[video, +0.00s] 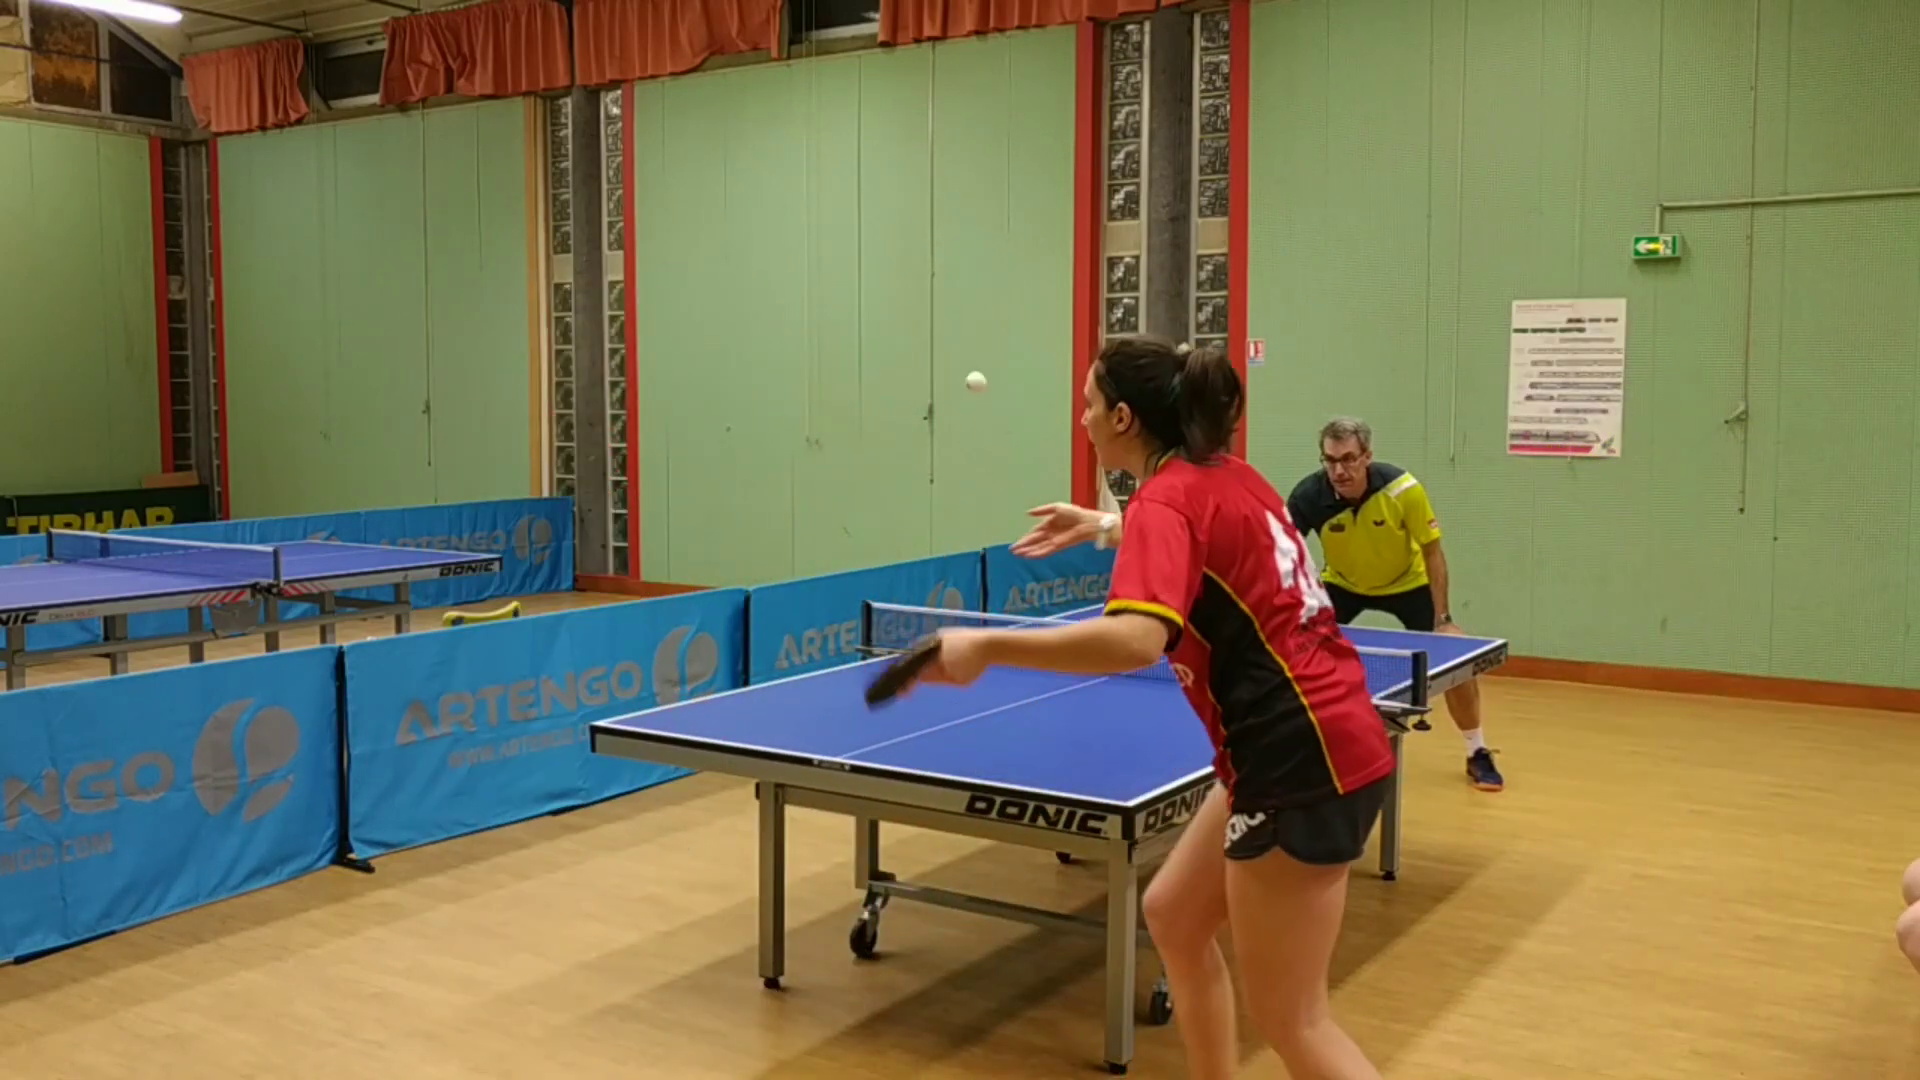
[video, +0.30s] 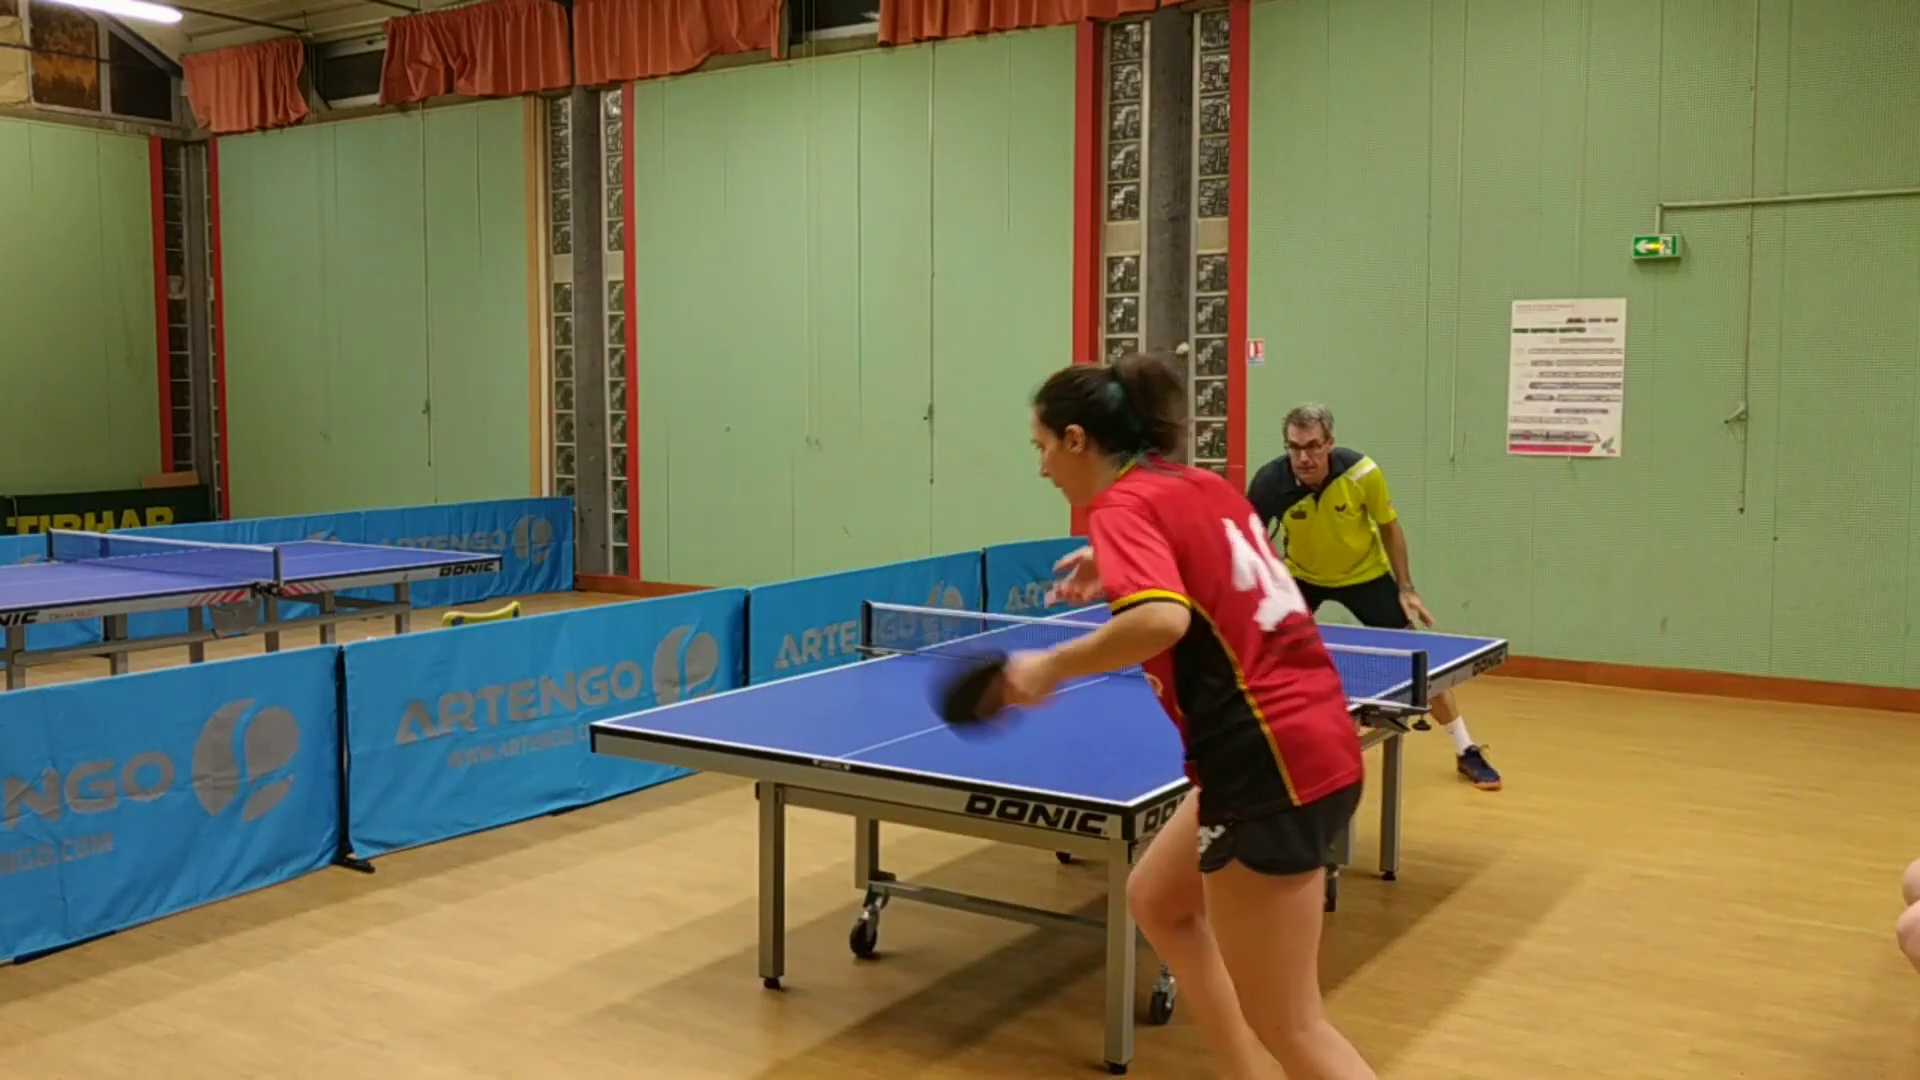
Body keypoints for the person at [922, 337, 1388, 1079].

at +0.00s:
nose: (1084, 416)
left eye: (1089, 403)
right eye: (1086, 401)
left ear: (1119, 418)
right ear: (1164, 417)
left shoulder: (1167, 499)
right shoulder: (1236, 476)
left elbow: (1137, 637)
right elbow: (1213, 552)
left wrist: (988, 645)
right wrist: (1108, 523)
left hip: (1305, 764)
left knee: (1292, 1020)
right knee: (1175, 912)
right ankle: (1218, 1072)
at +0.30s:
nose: (1041, 465)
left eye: (1043, 446)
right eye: (1039, 448)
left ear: (1077, 441)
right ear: (1112, 434)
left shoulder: (1118, 507)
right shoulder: (1206, 486)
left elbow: (1160, 617)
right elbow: (1238, 570)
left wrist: (1052, 665)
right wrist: (1126, 563)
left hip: (1273, 769)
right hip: (1317, 738)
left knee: (1288, 1026)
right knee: (1159, 899)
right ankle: (1244, 1067)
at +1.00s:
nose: (924, 451)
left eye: (919, 441)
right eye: (922, 442)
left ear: (837, 455)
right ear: (914, 454)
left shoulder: (791, 545)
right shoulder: (961, 538)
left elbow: (691, 661)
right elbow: (989, 635)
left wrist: (674, 684)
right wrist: (898, 629)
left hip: (821, 802)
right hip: (940, 801)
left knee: (743, 972)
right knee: (1031, 985)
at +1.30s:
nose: (889, 456)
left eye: (885, 445)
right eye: (887, 446)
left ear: (796, 455)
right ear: (876, 454)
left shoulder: (747, 551)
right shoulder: (926, 538)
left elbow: (682, 686)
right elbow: (999, 669)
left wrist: (755, 674)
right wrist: (917, 638)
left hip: (787, 811)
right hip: (913, 806)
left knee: (726, 975)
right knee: (1030, 998)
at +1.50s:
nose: (1008, 516)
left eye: (1009, 502)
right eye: (1008, 502)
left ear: (915, 503)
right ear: (989, 508)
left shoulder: (855, 584)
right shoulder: (1010, 599)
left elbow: (819, 698)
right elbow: (1060, 762)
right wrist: (988, 708)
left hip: (810, 865)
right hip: (934, 869)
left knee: (756, 990)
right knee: (1103, 1019)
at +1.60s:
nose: (1097, 545)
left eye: (1097, 532)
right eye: (1096, 532)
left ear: (1000, 526)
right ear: (1074, 535)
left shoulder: (937, 590)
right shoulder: (1072, 618)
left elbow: (950, 718)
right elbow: (1107, 783)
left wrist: (1069, 711)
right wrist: (1104, 719)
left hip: (833, 844)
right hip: (947, 860)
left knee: (768, 999)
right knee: (1132, 1020)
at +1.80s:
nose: (1214, 545)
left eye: (1214, 530)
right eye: (1214, 530)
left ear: (1125, 520)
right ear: (1193, 532)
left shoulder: (1077, 569)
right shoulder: (1149, 593)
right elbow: (1185, 751)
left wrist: (1261, 682)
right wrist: (1185, 667)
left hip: (862, 774)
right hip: (959, 806)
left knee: (766, 1000)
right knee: (1107, 1024)